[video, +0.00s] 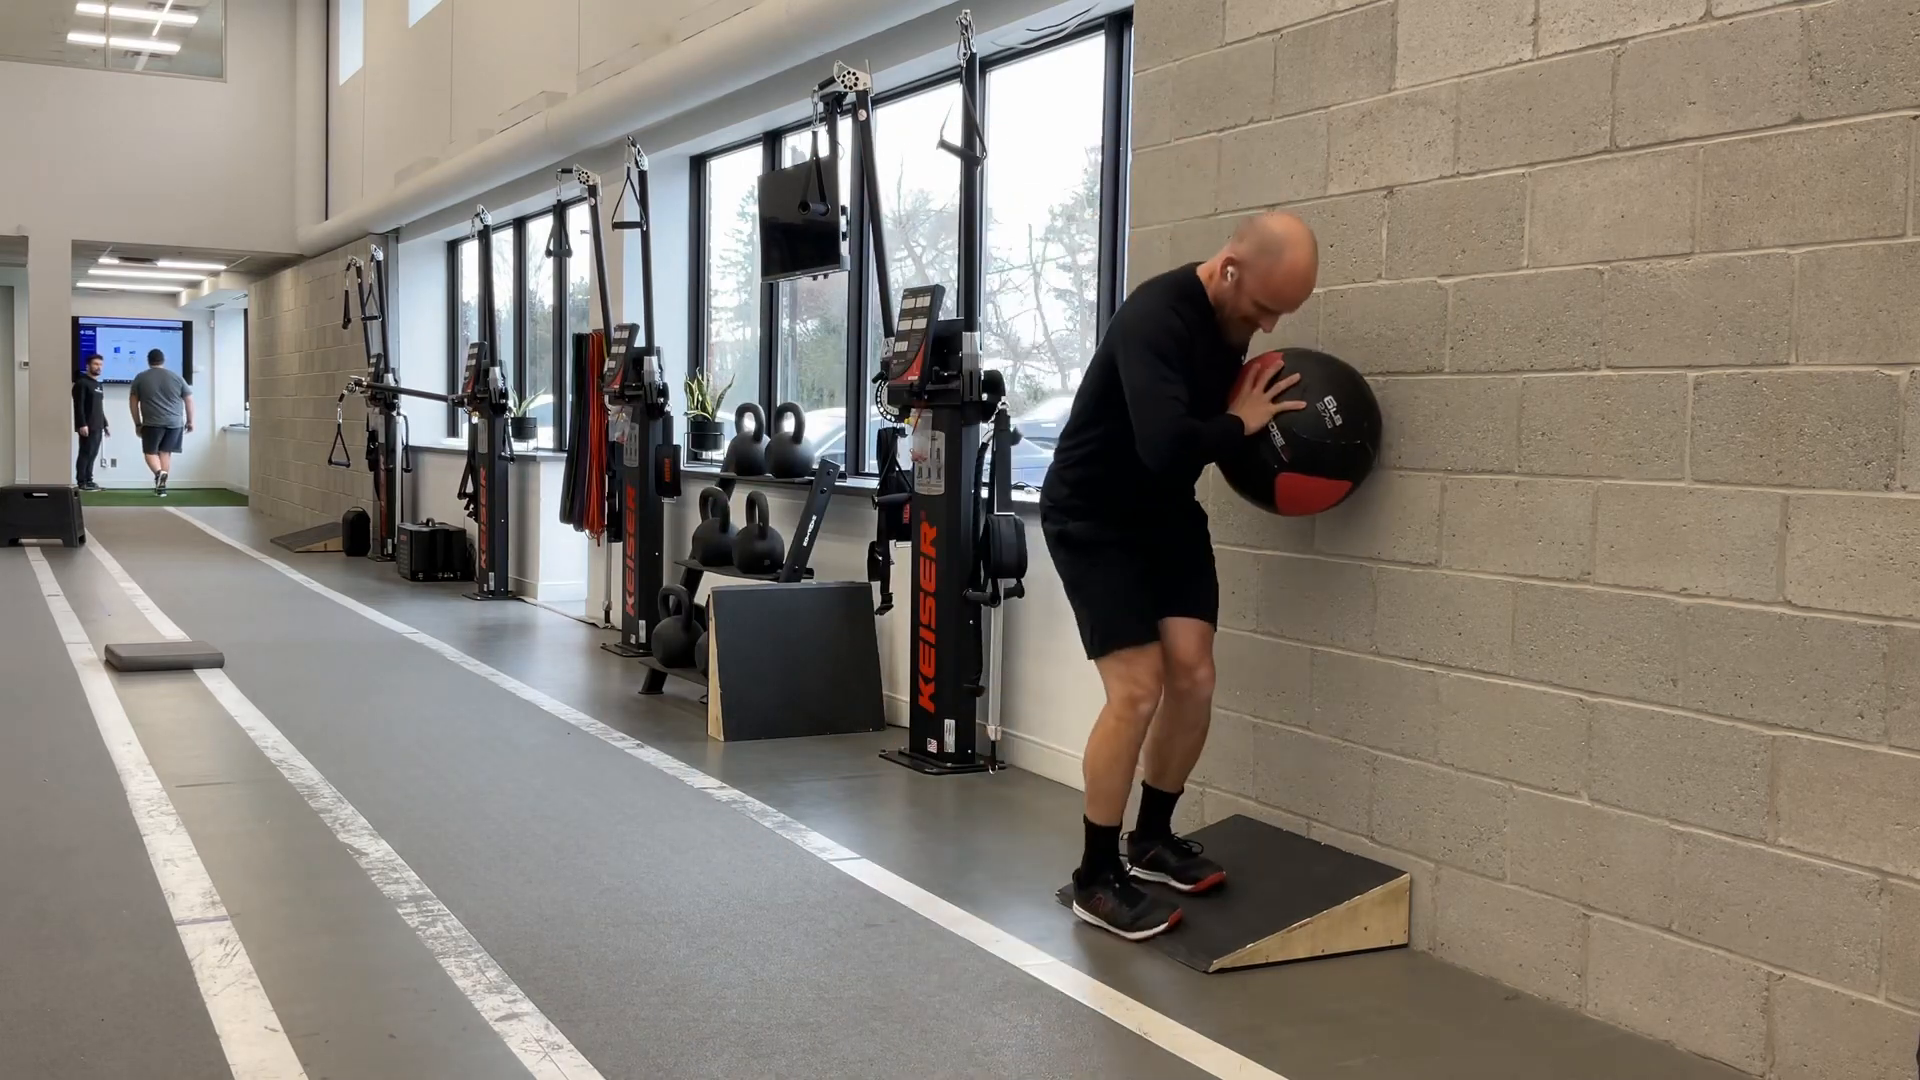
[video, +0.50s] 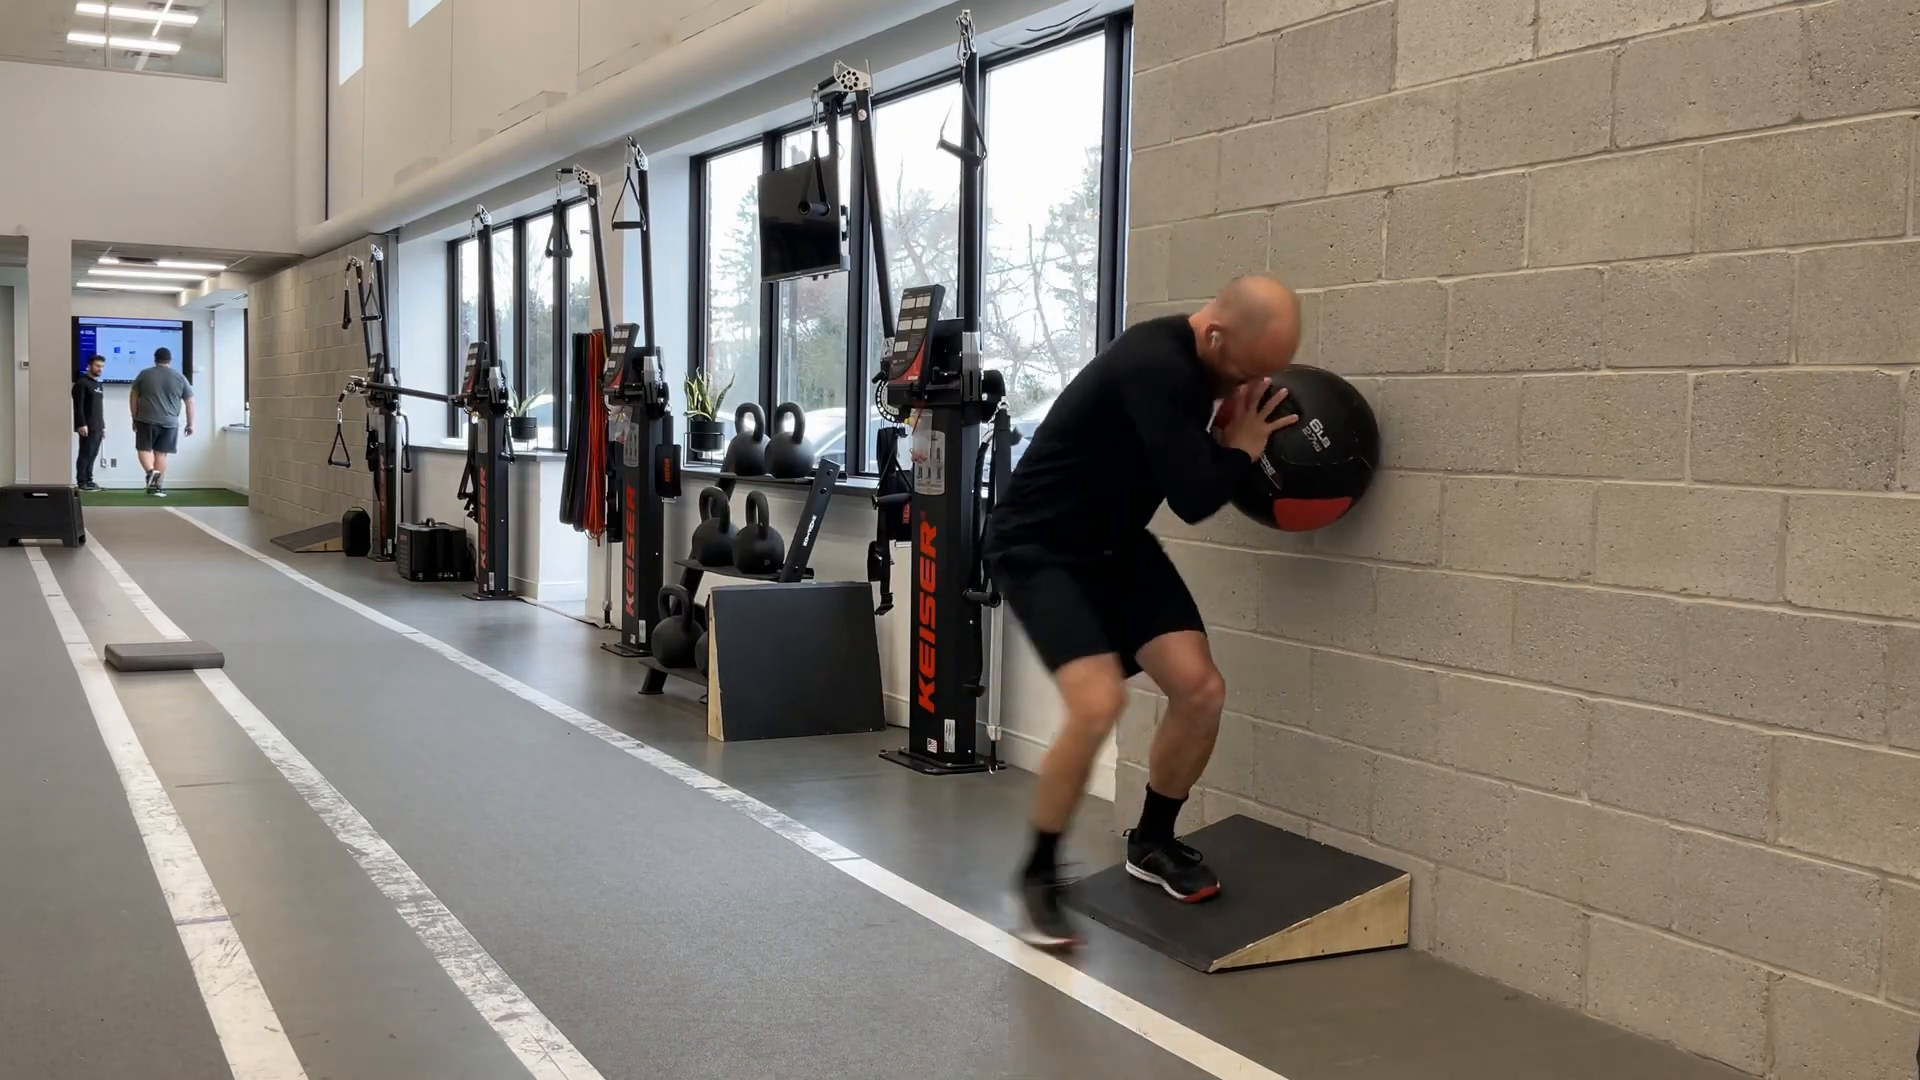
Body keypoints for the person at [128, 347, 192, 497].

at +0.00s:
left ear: (148, 361)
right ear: (164, 361)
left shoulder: (141, 377)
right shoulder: (176, 377)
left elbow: (133, 402)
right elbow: (188, 398)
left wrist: (137, 423)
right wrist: (190, 421)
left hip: (152, 423)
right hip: (174, 423)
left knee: (150, 453)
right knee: (165, 453)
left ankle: (159, 472)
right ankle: (162, 488)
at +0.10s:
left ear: (149, 361)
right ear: (164, 361)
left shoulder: (141, 377)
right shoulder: (176, 377)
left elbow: (133, 402)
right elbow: (189, 398)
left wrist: (137, 422)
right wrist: (191, 420)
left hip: (152, 423)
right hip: (174, 423)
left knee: (150, 452)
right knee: (165, 453)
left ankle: (158, 472)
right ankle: (161, 488)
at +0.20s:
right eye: (162, 360)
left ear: (150, 360)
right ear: (165, 360)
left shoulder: (142, 376)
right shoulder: (176, 376)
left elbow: (134, 400)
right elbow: (189, 398)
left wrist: (136, 421)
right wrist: (191, 421)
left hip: (150, 423)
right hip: (172, 423)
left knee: (149, 451)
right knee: (165, 452)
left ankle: (156, 472)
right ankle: (160, 488)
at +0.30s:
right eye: (164, 359)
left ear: (152, 360)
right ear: (167, 360)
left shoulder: (143, 375)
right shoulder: (177, 376)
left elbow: (133, 399)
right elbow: (189, 399)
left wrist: (135, 420)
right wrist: (191, 421)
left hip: (148, 422)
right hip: (171, 423)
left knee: (147, 450)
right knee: (163, 453)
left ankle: (154, 472)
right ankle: (159, 488)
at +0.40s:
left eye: (157, 359)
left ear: (154, 360)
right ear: (169, 360)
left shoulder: (144, 375)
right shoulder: (178, 377)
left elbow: (133, 397)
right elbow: (189, 400)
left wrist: (134, 418)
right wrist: (190, 422)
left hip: (147, 422)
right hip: (169, 423)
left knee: (145, 449)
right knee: (162, 453)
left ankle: (152, 472)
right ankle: (157, 487)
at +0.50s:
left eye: (158, 359)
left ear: (155, 360)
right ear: (170, 360)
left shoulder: (144, 374)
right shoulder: (179, 377)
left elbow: (133, 397)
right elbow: (189, 401)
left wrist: (134, 418)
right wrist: (190, 423)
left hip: (146, 421)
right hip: (169, 423)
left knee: (144, 449)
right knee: (161, 454)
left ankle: (150, 471)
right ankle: (157, 487)